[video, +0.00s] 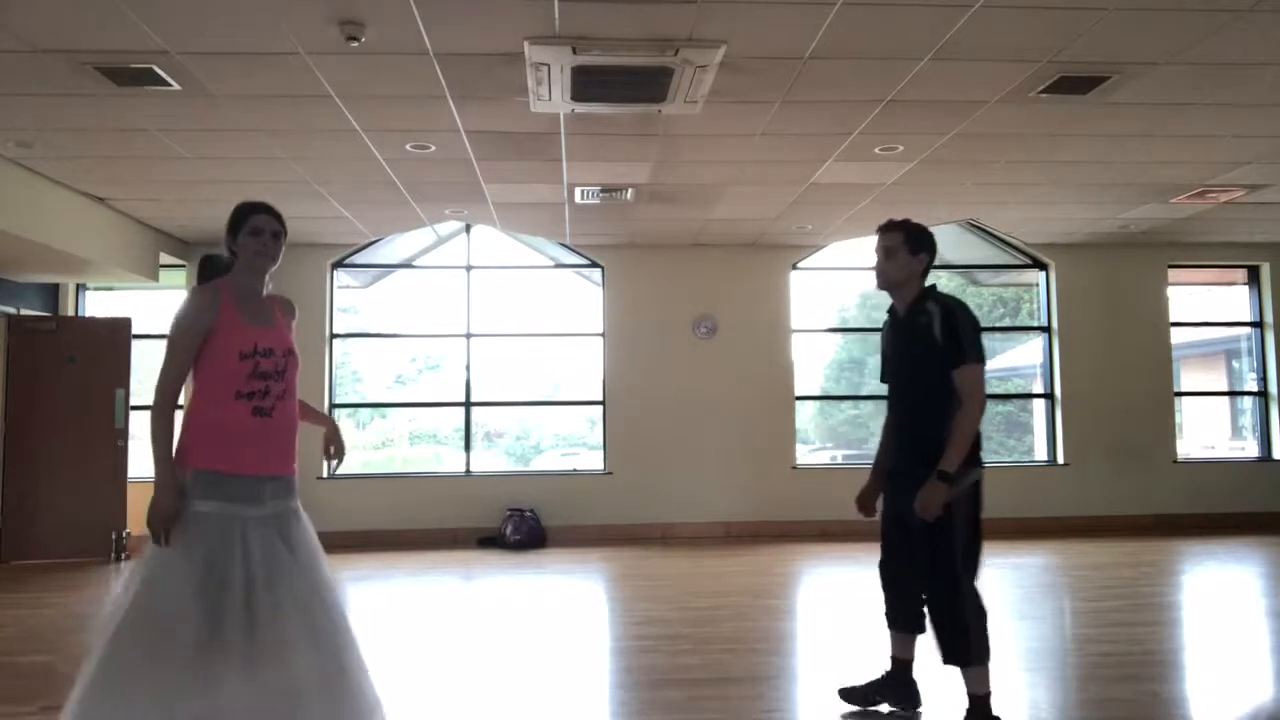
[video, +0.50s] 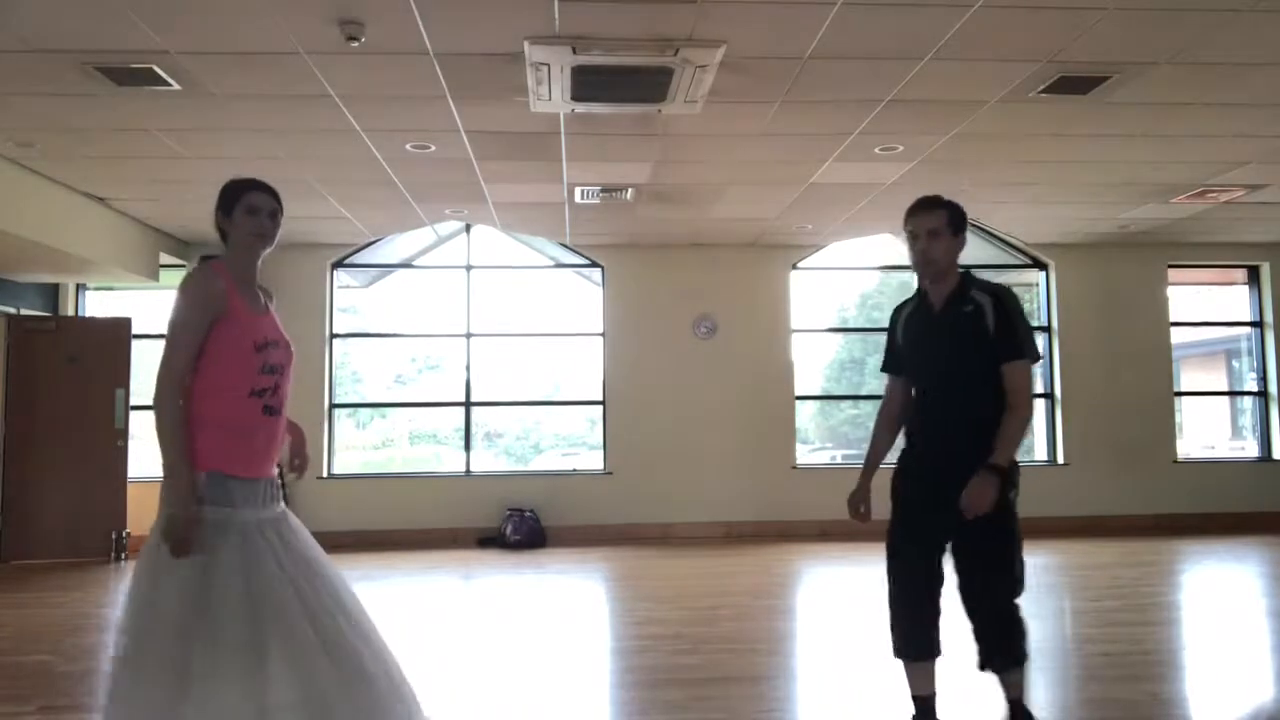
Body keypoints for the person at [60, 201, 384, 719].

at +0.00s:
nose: (268, 243)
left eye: (276, 237)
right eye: (256, 234)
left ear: (283, 249)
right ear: (233, 242)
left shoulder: (283, 310)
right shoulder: (207, 302)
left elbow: (275, 395)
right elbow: (164, 396)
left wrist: (326, 421)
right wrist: (164, 481)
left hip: (275, 485)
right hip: (212, 484)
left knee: (274, 627)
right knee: (205, 626)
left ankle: (265, 713)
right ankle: (198, 713)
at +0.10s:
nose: (269, 239)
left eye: (277, 232)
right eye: (258, 229)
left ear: (285, 244)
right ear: (233, 237)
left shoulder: (285, 306)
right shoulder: (208, 301)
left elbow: (278, 390)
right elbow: (165, 396)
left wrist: (330, 416)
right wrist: (164, 483)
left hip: (276, 483)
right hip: (215, 482)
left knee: (280, 628)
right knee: (207, 627)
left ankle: (271, 714)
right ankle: (191, 712)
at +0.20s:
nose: (269, 234)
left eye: (278, 228)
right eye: (257, 224)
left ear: (285, 241)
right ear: (234, 234)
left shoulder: (281, 304)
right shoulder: (209, 296)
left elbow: (275, 392)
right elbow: (167, 398)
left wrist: (330, 418)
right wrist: (164, 489)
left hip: (275, 484)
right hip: (218, 483)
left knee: (280, 630)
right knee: (210, 631)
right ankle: (186, 711)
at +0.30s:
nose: (268, 232)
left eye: (277, 225)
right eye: (255, 222)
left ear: (284, 238)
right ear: (231, 231)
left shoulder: (275, 303)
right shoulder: (209, 294)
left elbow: (265, 396)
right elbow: (169, 398)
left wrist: (320, 419)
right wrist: (167, 494)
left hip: (272, 477)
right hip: (219, 477)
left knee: (268, 622)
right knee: (215, 625)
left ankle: (261, 710)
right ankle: (206, 711)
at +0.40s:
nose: (268, 227)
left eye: (276, 220)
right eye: (254, 216)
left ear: (282, 233)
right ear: (227, 225)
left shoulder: (268, 301)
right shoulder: (209, 288)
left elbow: (250, 395)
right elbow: (168, 397)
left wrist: (306, 426)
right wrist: (171, 493)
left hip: (267, 490)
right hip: (218, 488)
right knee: (215, 642)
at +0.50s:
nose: (265, 223)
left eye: (273, 216)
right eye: (252, 212)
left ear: (279, 229)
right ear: (224, 220)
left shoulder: (262, 297)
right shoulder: (207, 284)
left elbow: (240, 390)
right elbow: (169, 387)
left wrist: (288, 427)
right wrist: (178, 489)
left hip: (261, 498)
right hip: (213, 498)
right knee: (213, 655)